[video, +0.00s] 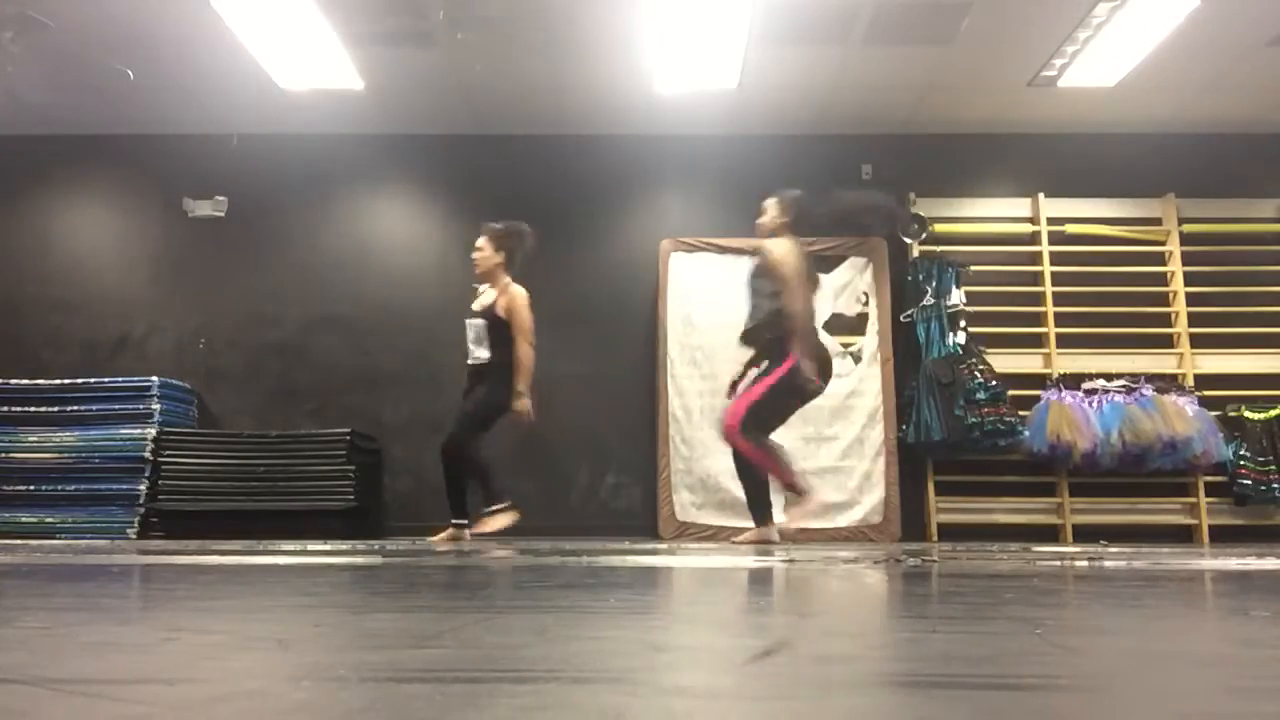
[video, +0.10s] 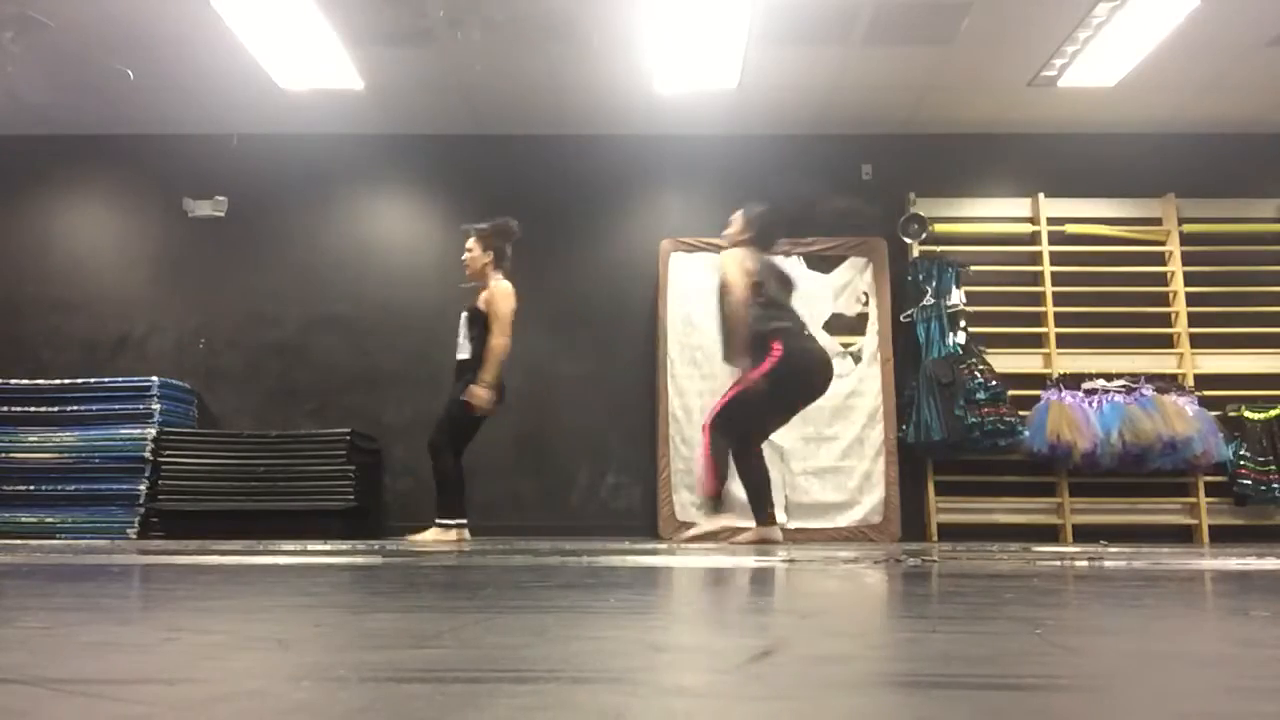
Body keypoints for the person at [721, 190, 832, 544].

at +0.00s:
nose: (758, 219)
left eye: (765, 213)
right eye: (760, 213)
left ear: (783, 216)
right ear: (778, 217)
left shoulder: (783, 248)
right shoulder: (772, 253)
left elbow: (798, 305)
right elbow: (772, 327)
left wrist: (803, 354)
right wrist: (747, 370)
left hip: (795, 358)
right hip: (783, 358)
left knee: (737, 425)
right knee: (744, 431)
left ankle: (802, 495)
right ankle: (763, 525)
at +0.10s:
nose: (725, 231)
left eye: (732, 225)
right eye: (729, 224)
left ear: (748, 231)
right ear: (760, 236)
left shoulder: (735, 256)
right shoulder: (773, 268)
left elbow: (739, 301)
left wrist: (738, 355)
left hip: (785, 353)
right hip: (818, 363)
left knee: (718, 423)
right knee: (747, 438)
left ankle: (713, 513)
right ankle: (767, 525)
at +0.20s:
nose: (704, 250)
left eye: (707, 243)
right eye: (705, 241)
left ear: (716, 248)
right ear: (743, 250)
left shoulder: (716, 272)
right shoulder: (759, 279)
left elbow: (722, 330)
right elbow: (768, 326)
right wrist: (727, 364)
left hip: (771, 355)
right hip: (809, 365)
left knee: (711, 439)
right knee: (739, 442)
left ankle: (700, 521)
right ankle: (768, 525)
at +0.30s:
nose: (699, 235)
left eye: (705, 229)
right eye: (702, 228)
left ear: (719, 235)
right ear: (738, 238)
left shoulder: (714, 267)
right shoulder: (753, 271)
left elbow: (716, 330)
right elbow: (755, 336)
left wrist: (690, 367)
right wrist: (717, 381)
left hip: (776, 350)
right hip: (811, 359)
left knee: (717, 430)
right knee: (744, 438)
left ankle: (700, 518)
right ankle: (771, 526)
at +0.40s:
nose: (704, 223)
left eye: (711, 216)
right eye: (706, 216)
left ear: (731, 218)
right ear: (739, 220)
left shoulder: (730, 246)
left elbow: (702, 292)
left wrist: (668, 324)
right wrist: (680, 363)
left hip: (787, 343)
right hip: (807, 346)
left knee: (731, 422)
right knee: (753, 431)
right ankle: (771, 522)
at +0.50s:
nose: (720, 211)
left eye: (727, 205)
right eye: (719, 205)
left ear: (749, 207)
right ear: (725, 212)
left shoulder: (759, 232)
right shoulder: (737, 253)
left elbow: (758, 230)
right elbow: (704, 293)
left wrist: (744, 231)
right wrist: (660, 317)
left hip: (793, 338)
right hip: (779, 344)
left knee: (755, 428)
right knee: (747, 431)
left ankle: (832, 481)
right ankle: (770, 526)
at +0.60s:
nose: (747, 202)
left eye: (755, 198)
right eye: (742, 196)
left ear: (767, 205)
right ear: (730, 203)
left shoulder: (774, 234)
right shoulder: (722, 256)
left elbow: (823, 208)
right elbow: (689, 273)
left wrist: (870, 186)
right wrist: (657, 277)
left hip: (797, 331)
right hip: (775, 345)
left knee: (808, 422)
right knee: (749, 430)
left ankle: (884, 497)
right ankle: (770, 527)